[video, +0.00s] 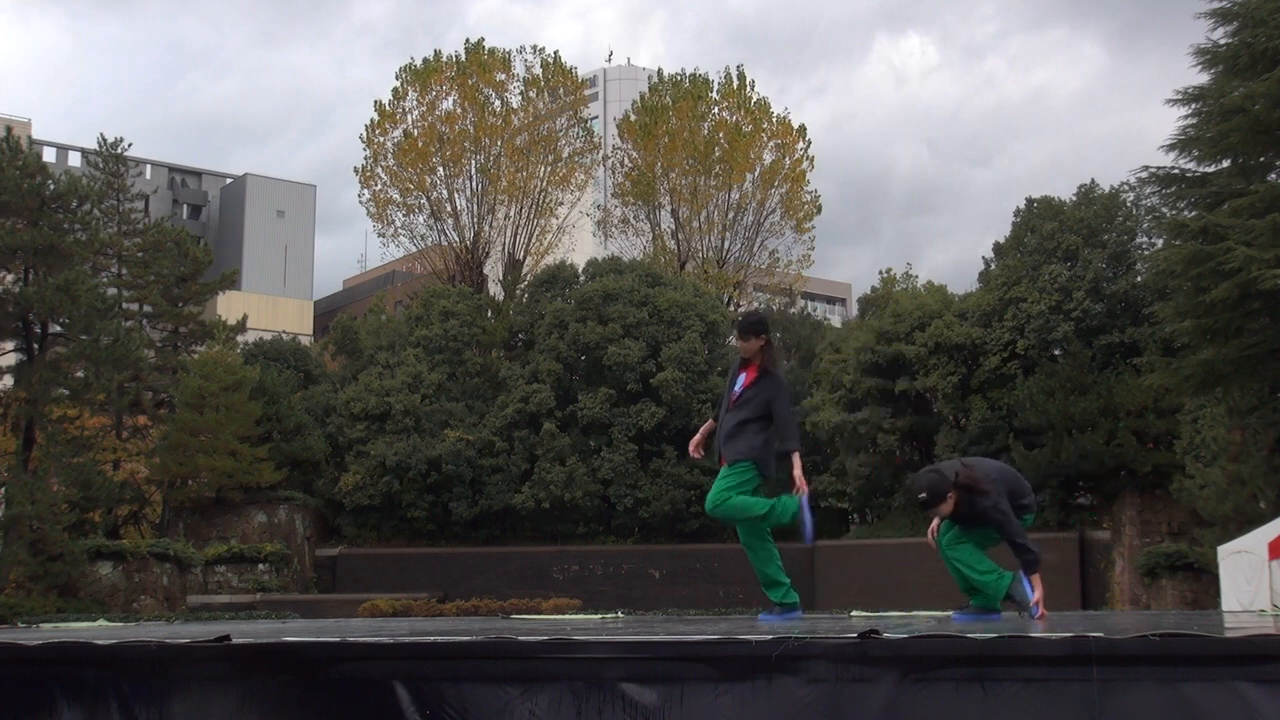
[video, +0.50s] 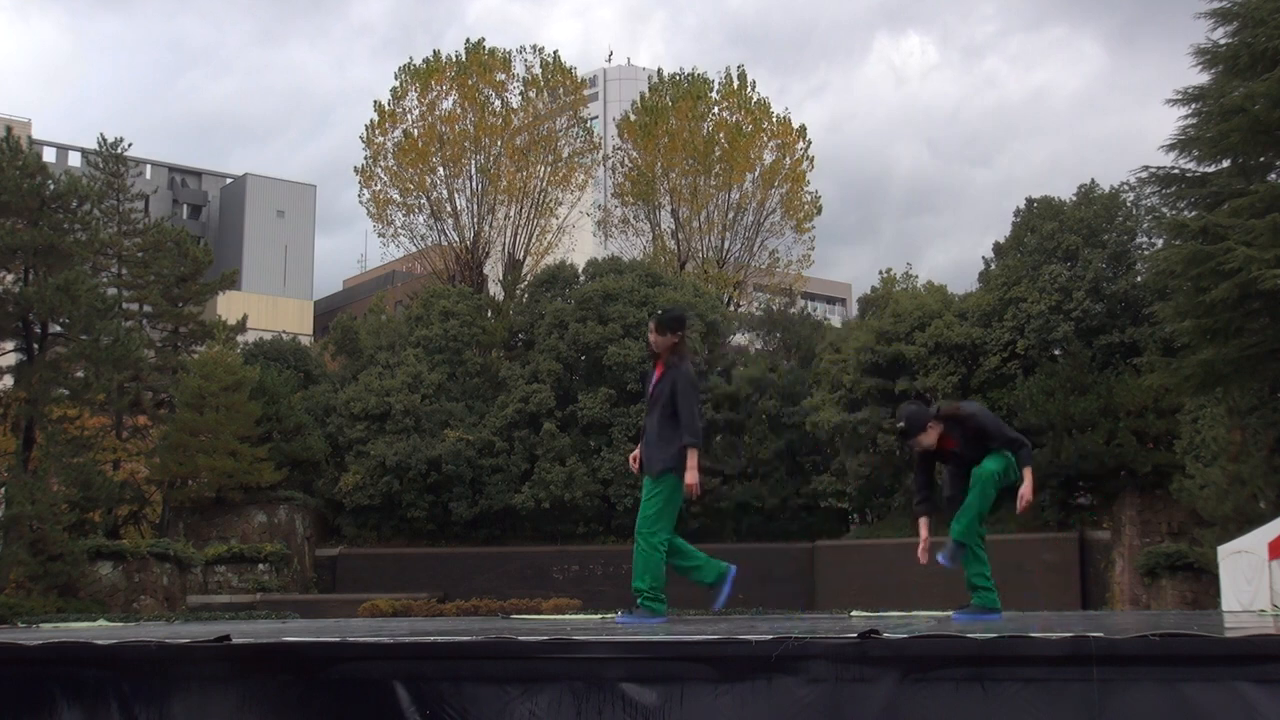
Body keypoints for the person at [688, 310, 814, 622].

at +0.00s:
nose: (739, 344)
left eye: (745, 340)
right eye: (738, 339)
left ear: (762, 341)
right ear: (739, 339)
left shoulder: (772, 378)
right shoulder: (738, 371)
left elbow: (788, 424)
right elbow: (728, 410)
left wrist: (797, 465)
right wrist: (704, 431)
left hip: (751, 458)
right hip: (735, 459)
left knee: (716, 503)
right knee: (752, 534)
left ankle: (792, 508)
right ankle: (786, 602)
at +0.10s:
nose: (724, 347)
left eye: (730, 342)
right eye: (723, 342)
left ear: (748, 342)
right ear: (725, 341)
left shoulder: (765, 381)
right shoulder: (724, 373)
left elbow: (777, 427)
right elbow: (707, 414)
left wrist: (770, 464)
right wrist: (684, 439)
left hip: (741, 461)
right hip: (722, 461)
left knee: (698, 505)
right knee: (750, 533)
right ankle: (786, 600)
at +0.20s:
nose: (708, 350)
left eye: (713, 345)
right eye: (707, 345)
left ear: (732, 344)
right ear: (712, 344)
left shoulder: (750, 381)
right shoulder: (709, 376)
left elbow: (756, 426)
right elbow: (689, 414)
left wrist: (745, 462)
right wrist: (666, 445)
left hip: (727, 466)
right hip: (711, 465)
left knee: (692, 523)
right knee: (744, 536)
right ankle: (785, 599)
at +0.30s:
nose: (691, 347)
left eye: (696, 342)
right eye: (690, 341)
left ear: (713, 344)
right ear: (696, 344)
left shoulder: (726, 383)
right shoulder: (692, 380)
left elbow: (736, 433)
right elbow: (674, 422)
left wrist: (724, 469)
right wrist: (652, 449)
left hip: (706, 473)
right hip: (695, 471)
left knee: (675, 533)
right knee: (732, 539)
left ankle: (655, 603)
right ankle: (780, 595)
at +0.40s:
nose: (666, 341)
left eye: (672, 336)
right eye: (667, 335)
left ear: (691, 340)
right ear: (678, 339)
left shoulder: (701, 380)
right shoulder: (674, 376)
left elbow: (710, 431)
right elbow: (666, 422)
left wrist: (708, 473)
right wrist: (646, 448)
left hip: (684, 472)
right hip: (674, 471)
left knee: (654, 533)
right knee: (701, 540)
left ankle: (651, 606)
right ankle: (758, 581)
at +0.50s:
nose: (651, 339)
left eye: (656, 334)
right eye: (650, 333)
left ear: (675, 337)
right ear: (655, 335)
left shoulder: (682, 372)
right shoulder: (659, 368)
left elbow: (692, 423)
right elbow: (657, 419)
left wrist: (692, 467)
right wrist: (641, 447)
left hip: (669, 465)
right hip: (655, 464)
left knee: (649, 533)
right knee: (655, 535)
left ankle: (651, 606)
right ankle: (717, 573)